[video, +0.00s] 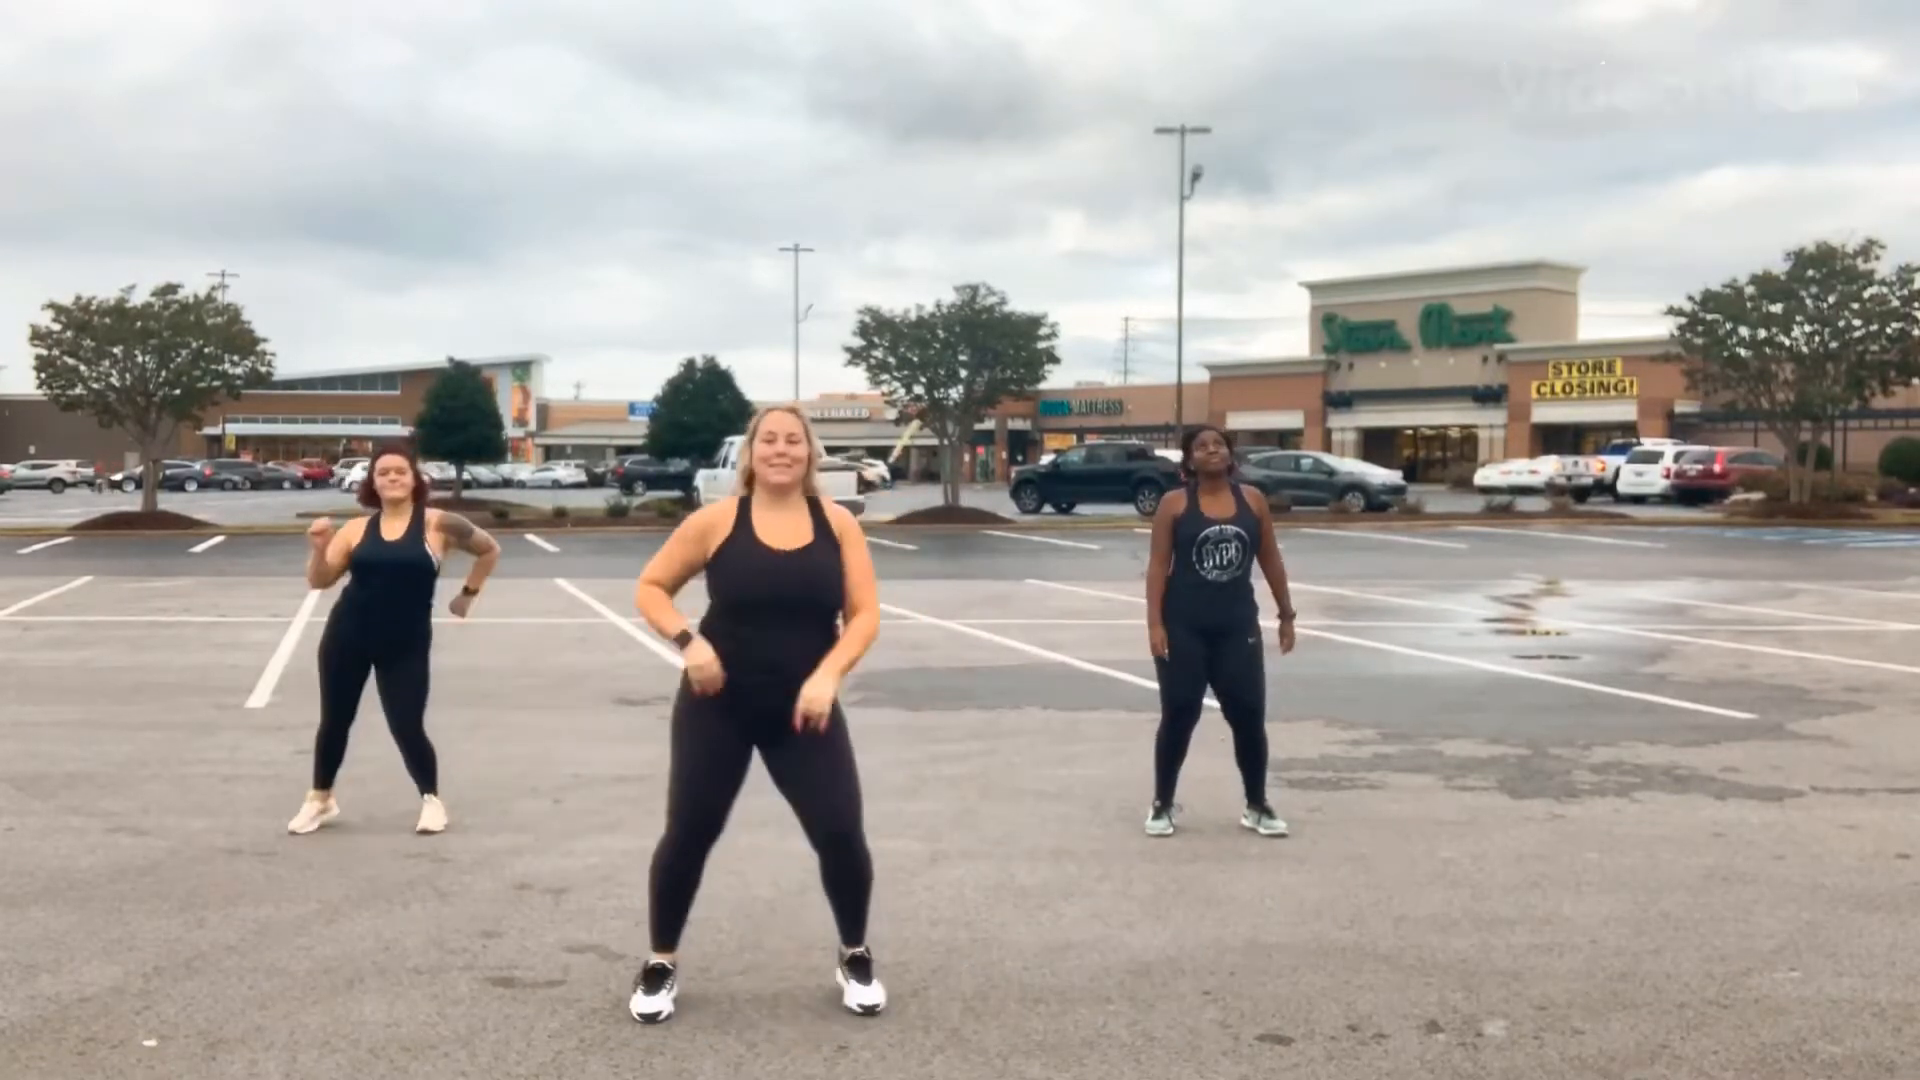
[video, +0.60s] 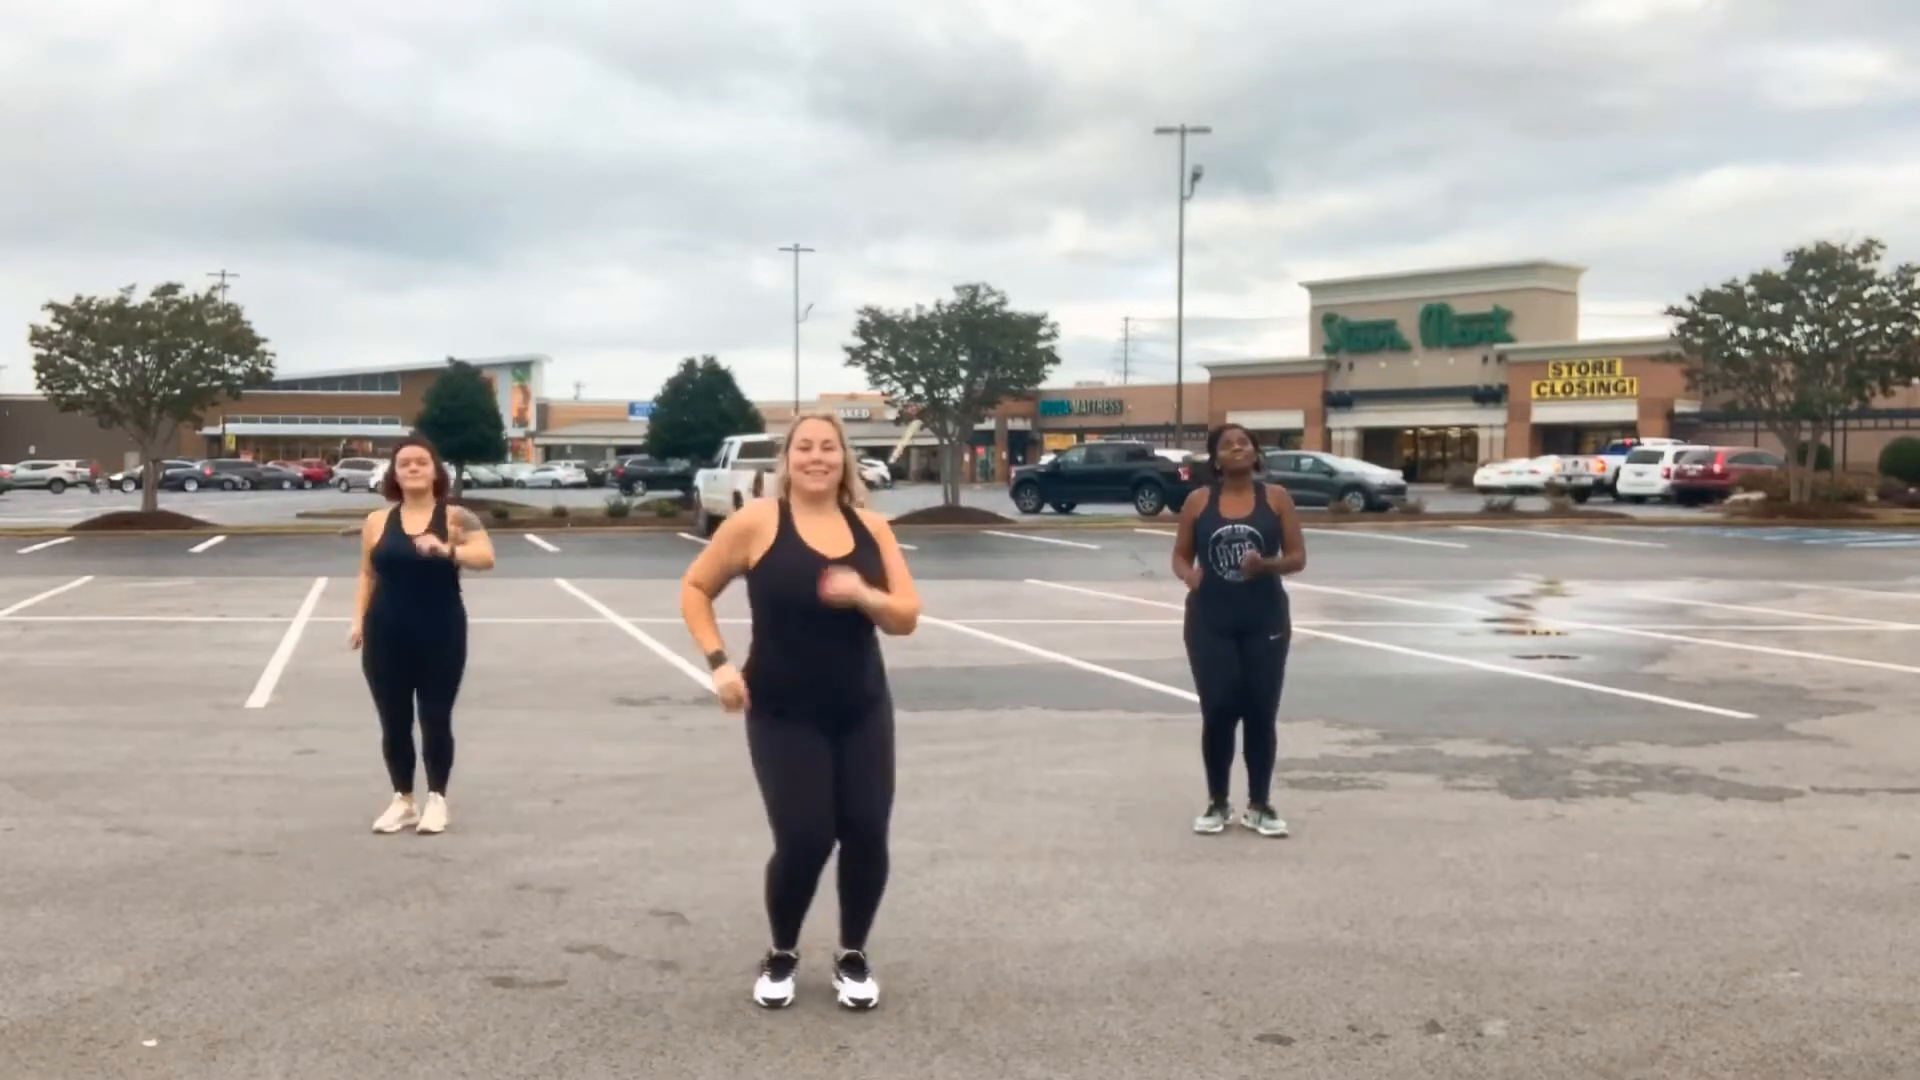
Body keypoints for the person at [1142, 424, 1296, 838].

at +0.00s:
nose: (1213, 452)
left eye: (1219, 446)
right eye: (1203, 447)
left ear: (1230, 455)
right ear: (1189, 460)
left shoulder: (1251, 499)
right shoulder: (1174, 502)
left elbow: (1270, 558)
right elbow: (1159, 566)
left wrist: (1285, 611)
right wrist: (1155, 624)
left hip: (1237, 628)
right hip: (1183, 629)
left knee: (1250, 719)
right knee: (1179, 716)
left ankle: (1258, 806)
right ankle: (1162, 806)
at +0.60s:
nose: (1236, 450)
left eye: (1243, 444)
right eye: (1227, 446)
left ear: (1255, 453)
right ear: (1215, 458)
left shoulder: (1275, 497)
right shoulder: (1199, 501)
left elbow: (1297, 558)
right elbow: (1180, 557)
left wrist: (1266, 565)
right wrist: (1190, 574)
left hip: (1265, 624)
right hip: (1210, 624)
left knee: (1261, 715)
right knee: (1219, 713)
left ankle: (1259, 806)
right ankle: (1217, 805)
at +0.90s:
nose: (1238, 454)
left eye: (1244, 448)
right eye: (1229, 449)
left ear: (1256, 457)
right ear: (1215, 460)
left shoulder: (1274, 502)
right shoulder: (1197, 506)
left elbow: (1309, 555)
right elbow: (1176, 566)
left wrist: (1278, 575)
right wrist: (1205, 565)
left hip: (1268, 625)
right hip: (1214, 626)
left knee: (1274, 709)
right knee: (1214, 716)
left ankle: (1314, 792)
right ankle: (1218, 804)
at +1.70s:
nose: (1237, 461)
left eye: (1244, 454)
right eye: (1229, 454)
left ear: (1254, 458)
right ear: (1213, 458)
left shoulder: (1261, 495)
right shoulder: (1193, 496)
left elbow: (1276, 562)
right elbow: (1176, 550)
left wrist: (1276, 538)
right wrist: (1212, 503)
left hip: (1254, 620)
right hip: (1199, 621)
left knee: (1266, 711)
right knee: (1205, 714)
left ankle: (1255, 794)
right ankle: (1195, 803)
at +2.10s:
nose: (1219, 475)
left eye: (1227, 466)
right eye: (1211, 467)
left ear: (1241, 468)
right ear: (1198, 469)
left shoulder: (1257, 501)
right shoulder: (1185, 500)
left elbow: (1281, 563)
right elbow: (1175, 558)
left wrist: (1265, 542)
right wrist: (1203, 510)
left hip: (1238, 621)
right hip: (1183, 618)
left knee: (1251, 710)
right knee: (1179, 698)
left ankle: (1241, 806)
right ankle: (1140, 788)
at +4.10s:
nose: (1190, 477)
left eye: (1199, 469)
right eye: (1183, 469)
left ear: (1217, 467)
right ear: (1176, 467)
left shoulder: (1234, 499)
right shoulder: (1162, 499)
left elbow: (1264, 556)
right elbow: (1138, 559)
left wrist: (1273, 536)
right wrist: (1158, 511)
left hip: (1220, 620)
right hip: (1164, 620)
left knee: (1233, 717)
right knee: (1152, 711)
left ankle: (1242, 803)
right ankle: (1124, 799)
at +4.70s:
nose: (1220, 479)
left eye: (1227, 472)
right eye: (1213, 471)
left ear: (1235, 473)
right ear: (1192, 469)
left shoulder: (1245, 502)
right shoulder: (1168, 501)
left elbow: (1266, 548)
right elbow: (1142, 561)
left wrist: (1242, 500)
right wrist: (1175, 524)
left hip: (1239, 618)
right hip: (1183, 620)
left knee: (1266, 707)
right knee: (1178, 711)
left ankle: (1289, 794)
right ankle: (1171, 803)